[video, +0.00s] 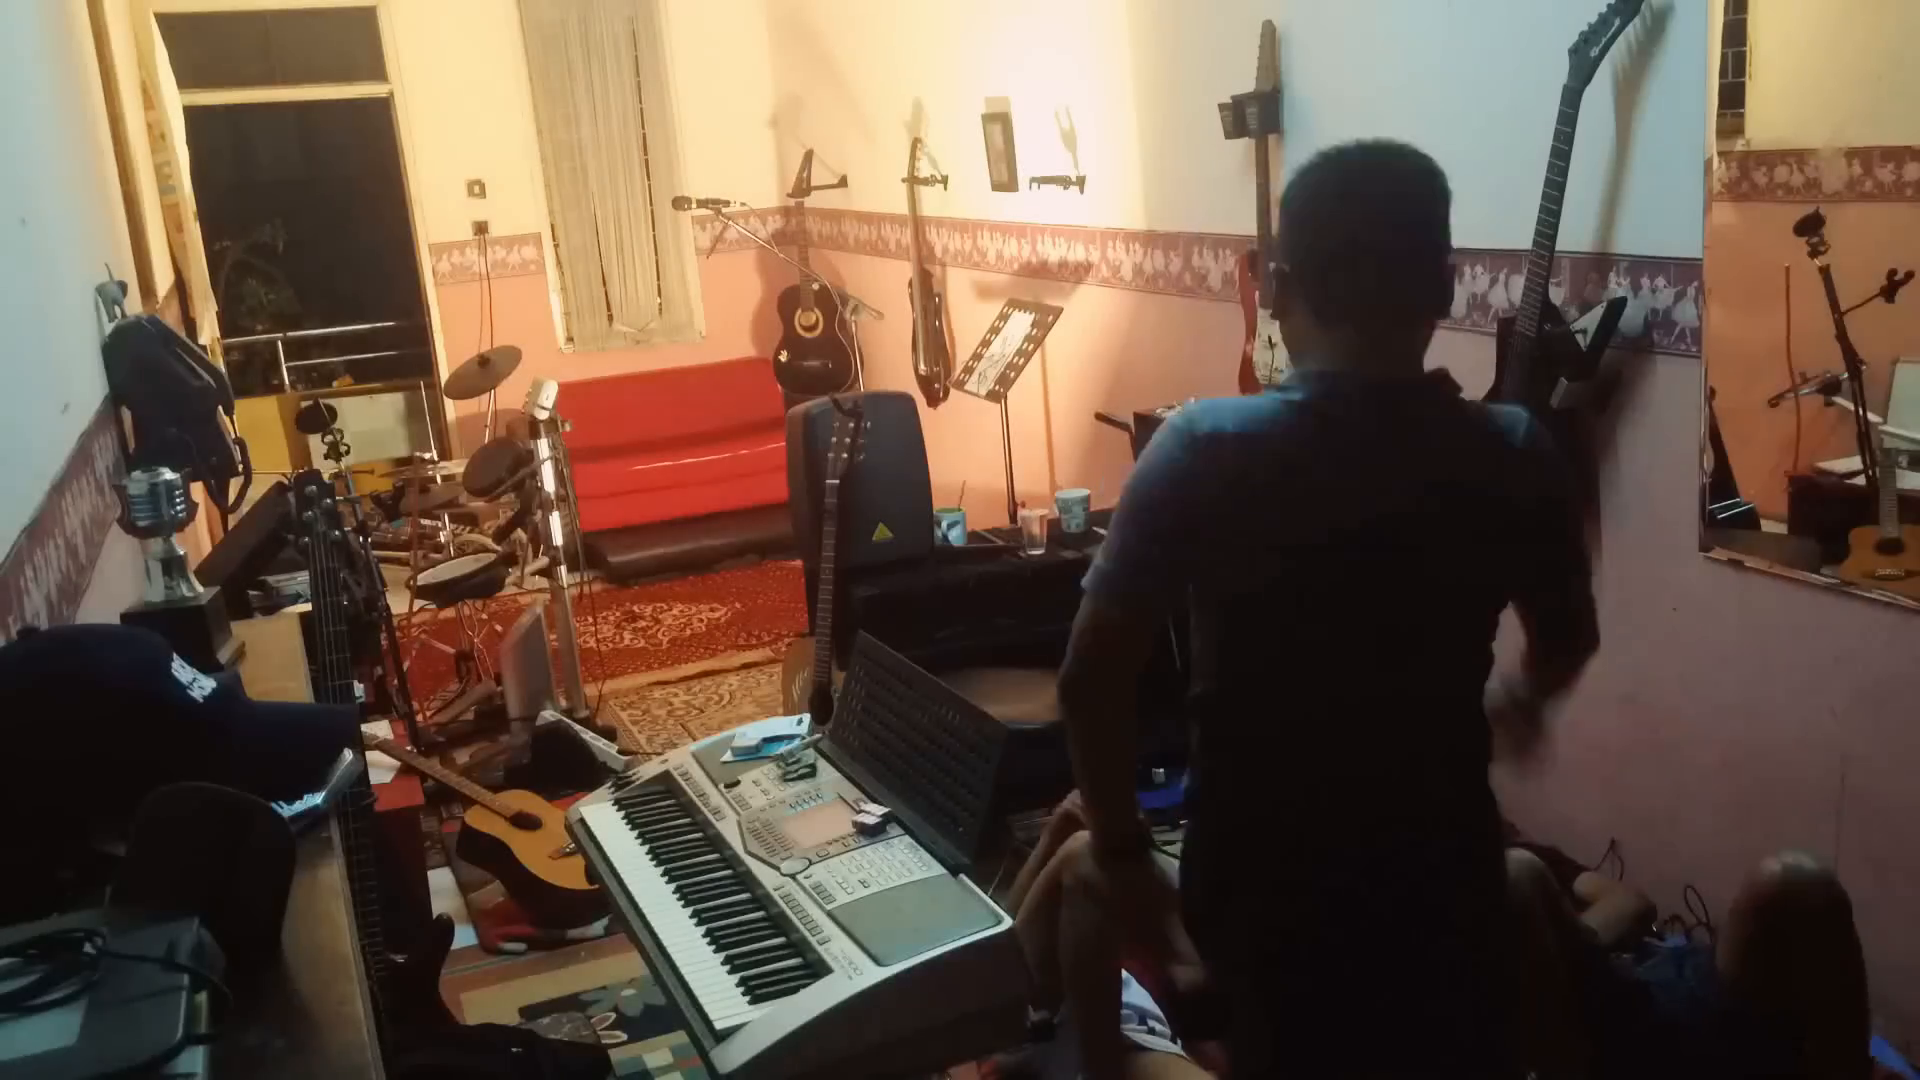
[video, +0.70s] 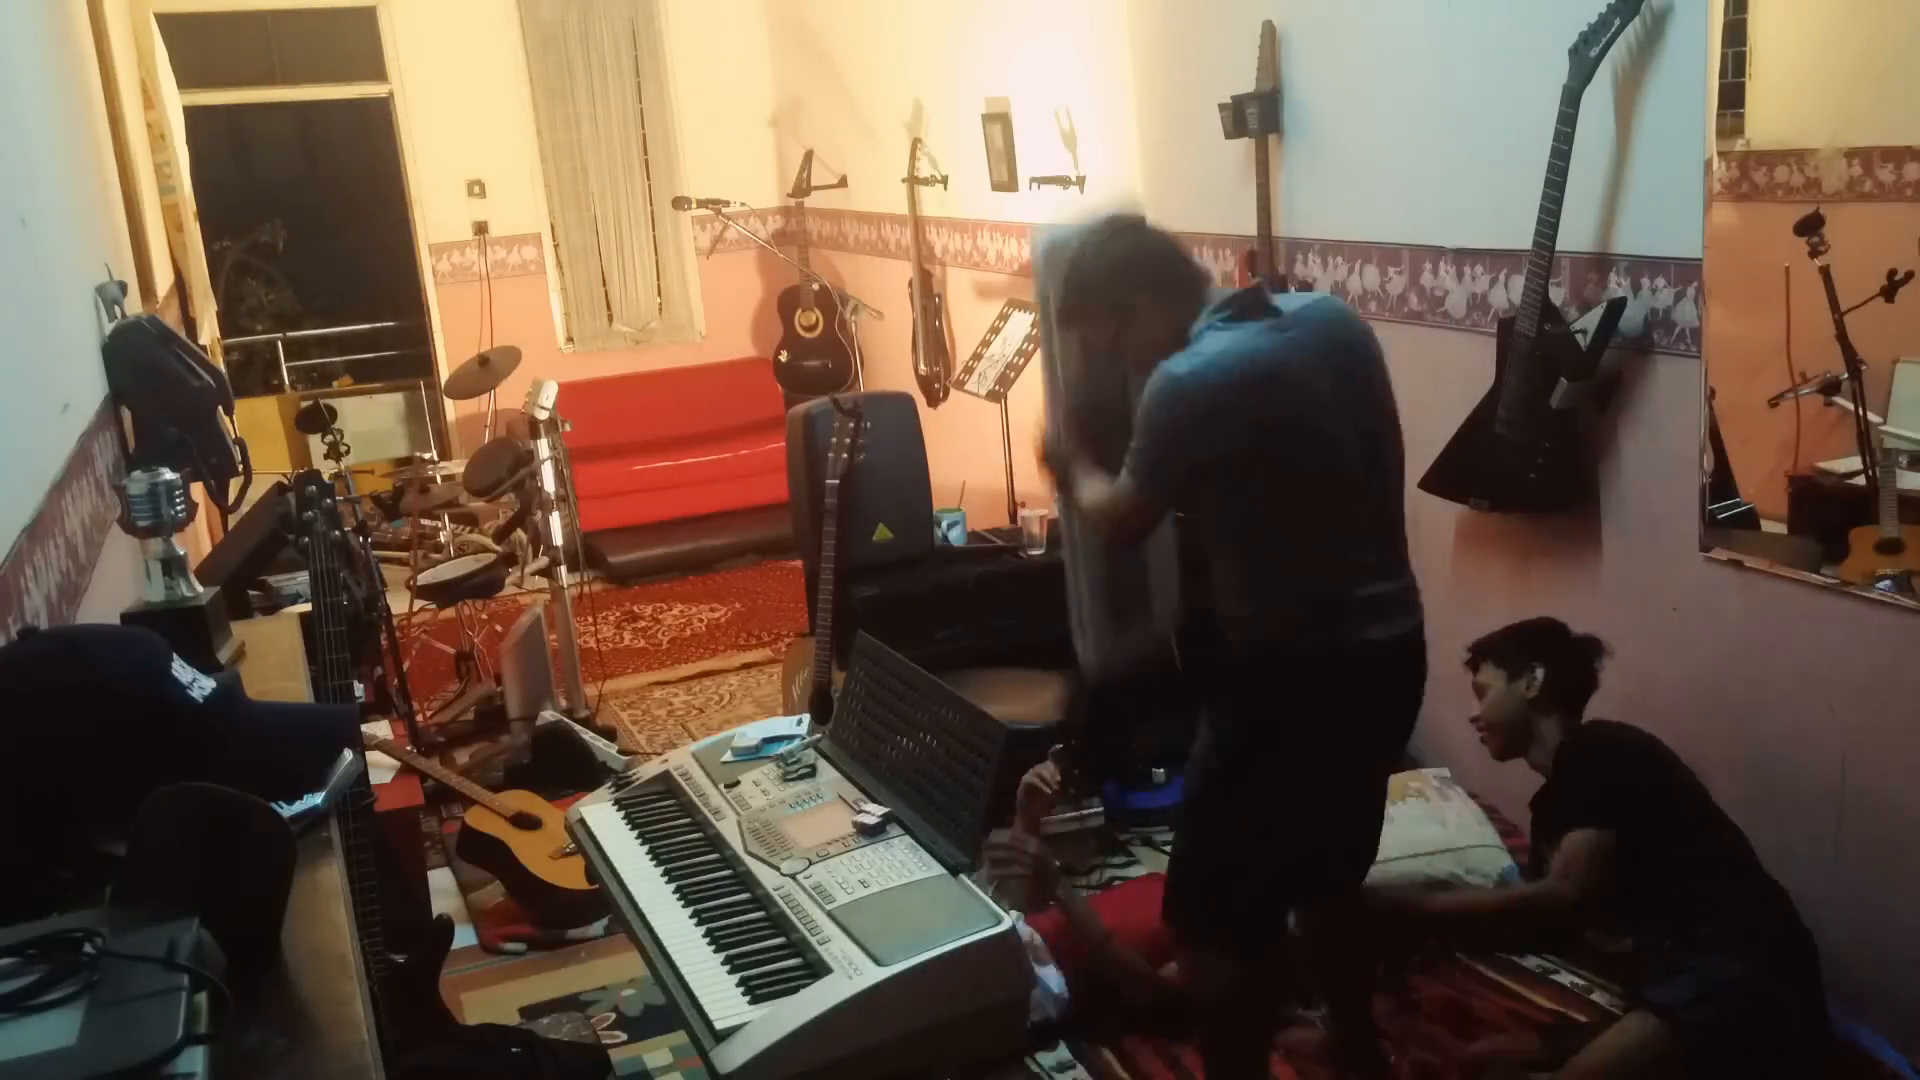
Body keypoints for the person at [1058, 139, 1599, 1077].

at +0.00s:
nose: (1273, 299)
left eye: (1272, 278)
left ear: (1278, 292)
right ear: (1446, 289)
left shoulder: (1206, 448)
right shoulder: (1511, 451)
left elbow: (1093, 672)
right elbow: (1565, 637)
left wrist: (1127, 866)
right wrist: (1519, 702)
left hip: (1259, 872)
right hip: (1442, 862)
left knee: (1274, 1056)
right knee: (1446, 1056)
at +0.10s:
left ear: (1219, 477)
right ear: (1309, 448)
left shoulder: (1213, 515)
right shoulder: (1416, 480)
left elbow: (1195, 696)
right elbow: (1463, 616)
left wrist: (1232, 795)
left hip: (1311, 741)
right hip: (1469, 724)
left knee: (1302, 938)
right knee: (1465, 937)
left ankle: (1310, 1066)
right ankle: (1482, 1063)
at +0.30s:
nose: (1208, 337)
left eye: (1203, 314)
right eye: (1196, 319)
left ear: (1244, 281)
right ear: (1287, 259)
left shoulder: (1289, 372)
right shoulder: (1440, 303)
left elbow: (1290, 567)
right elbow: (1546, 392)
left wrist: (1303, 723)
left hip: (1414, 692)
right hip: (1535, 672)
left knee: (1372, 962)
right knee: (1474, 946)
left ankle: (1399, 1071)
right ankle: (1472, 1069)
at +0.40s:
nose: (1189, 299)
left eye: (1190, 273)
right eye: (1183, 276)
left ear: (1235, 258)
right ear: (1285, 245)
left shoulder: (1318, 358)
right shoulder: (1383, 334)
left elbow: (1327, 582)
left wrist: (1279, 757)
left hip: (1400, 707)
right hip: (1455, 687)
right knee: (1348, 935)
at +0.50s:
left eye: (1178, 477)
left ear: (1219, 460)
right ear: (1322, 471)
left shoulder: (1203, 473)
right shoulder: (1385, 508)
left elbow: (1135, 562)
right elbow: (1419, 648)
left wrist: (1169, 697)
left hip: (1236, 656)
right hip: (1372, 659)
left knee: (1204, 886)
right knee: (1361, 858)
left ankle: (1221, 1062)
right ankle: (1362, 1051)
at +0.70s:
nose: (1098, 361)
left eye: (1095, 339)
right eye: (1086, 344)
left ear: (1132, 310)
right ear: (1184, 279)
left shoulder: (1186, 386)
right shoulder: (1335, 322)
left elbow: (1120, 519)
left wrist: (1067, 455)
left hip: (1283, 672)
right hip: (1387, 656)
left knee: (1215, 899)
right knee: (1332, 878)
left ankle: (1237, 1064)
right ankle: (1357, 1052)